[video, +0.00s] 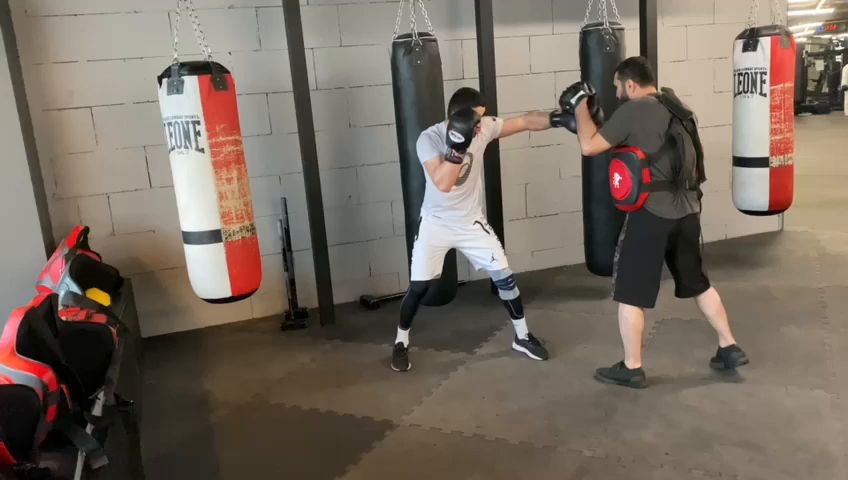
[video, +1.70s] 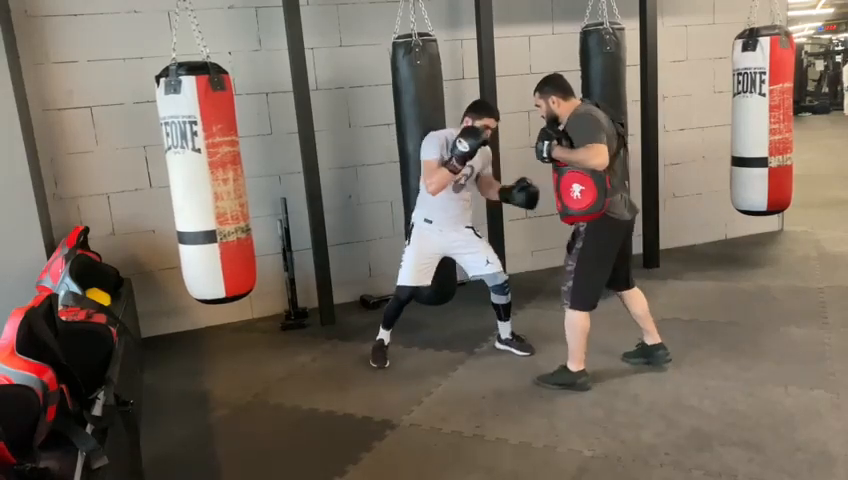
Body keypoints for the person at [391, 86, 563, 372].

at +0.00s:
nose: (484, 118)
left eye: (484, 114)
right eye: (480, 114)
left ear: (478, 117)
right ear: (462, 115)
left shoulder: (484, 129)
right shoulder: (429, 139)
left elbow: (524, 122)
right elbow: (443, 183)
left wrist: (559, 119)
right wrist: (458, 146)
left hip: (472, 222)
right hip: (435, 224)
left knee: (503, 275)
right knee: (419, 285)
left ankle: (523, 336)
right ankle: (400, 342)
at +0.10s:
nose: (482, 120)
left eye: (482, 117)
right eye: (479, 116)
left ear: (473, 117)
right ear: (460, 116)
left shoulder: (480, 131)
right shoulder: (428, 142)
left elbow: (514, 139)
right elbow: (447, 187)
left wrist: (546, 138)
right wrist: (461, 152)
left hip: (472, 221)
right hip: (436, 225)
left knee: (503, 274)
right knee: (420, 285)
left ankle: (523, 336)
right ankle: (398, 342)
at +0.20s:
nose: (472, 122)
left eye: (475, 117)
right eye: (468, 116)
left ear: (472, 117)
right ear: (448, 114)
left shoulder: (469, 133)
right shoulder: (422, 142)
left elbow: (487, 161)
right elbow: (441, 189)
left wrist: (510, 152)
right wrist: (456, 155)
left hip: (468, 223)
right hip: (433, 226)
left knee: (500, 275)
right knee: (419, 290)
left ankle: (522, 336)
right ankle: (398, 342)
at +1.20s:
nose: (474, 130)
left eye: (476, 126)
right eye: (475, 125)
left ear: (464, 117)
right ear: (467, 117)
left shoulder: (453, 141)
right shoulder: (437, 135)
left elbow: (467, 183)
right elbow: (461, 181)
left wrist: (483, 152)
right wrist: (478, 151)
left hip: (446, 225)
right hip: (421, 227)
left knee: (482, 277)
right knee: (412, 296)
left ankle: (505, 335)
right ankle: (383, 349)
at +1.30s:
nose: (488, 145)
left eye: (489, 142)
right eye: (489, 140)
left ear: (472, 130)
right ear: (478, 131)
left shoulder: (449, 147)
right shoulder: (458, 148)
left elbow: (449, 198)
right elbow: (500, 183)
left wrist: (477, 185)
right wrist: (503, 148)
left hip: (451, 231)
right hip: (427, 235)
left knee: (490, 277)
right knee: (422, 306)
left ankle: (504, 336)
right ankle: (380, 350)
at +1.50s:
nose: (500, 139)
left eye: (503, 134)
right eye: (496, 132)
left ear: (501, 132)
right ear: (481, 126)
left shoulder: (495, 154)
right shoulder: (445, 139)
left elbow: (509, 181)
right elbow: (435, 179)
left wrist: (541, 190)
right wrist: (462, 148)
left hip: (465, 232)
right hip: (429, 230)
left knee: (498, 288)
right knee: (411, 293)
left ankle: (505, 338)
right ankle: (390, 348)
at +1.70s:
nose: (488, 136)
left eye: (491, 131)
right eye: (485, 129)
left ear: (492, 130)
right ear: (468, 122)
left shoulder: (482, 152)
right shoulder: (435, 140)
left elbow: (487, 188)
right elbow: (432, 186)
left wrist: (513, 193)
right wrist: (460, 158)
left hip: (462, 231)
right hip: (426, 230)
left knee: (498, 279)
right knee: (405, 291)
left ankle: (505, 336)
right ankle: (381, 340)